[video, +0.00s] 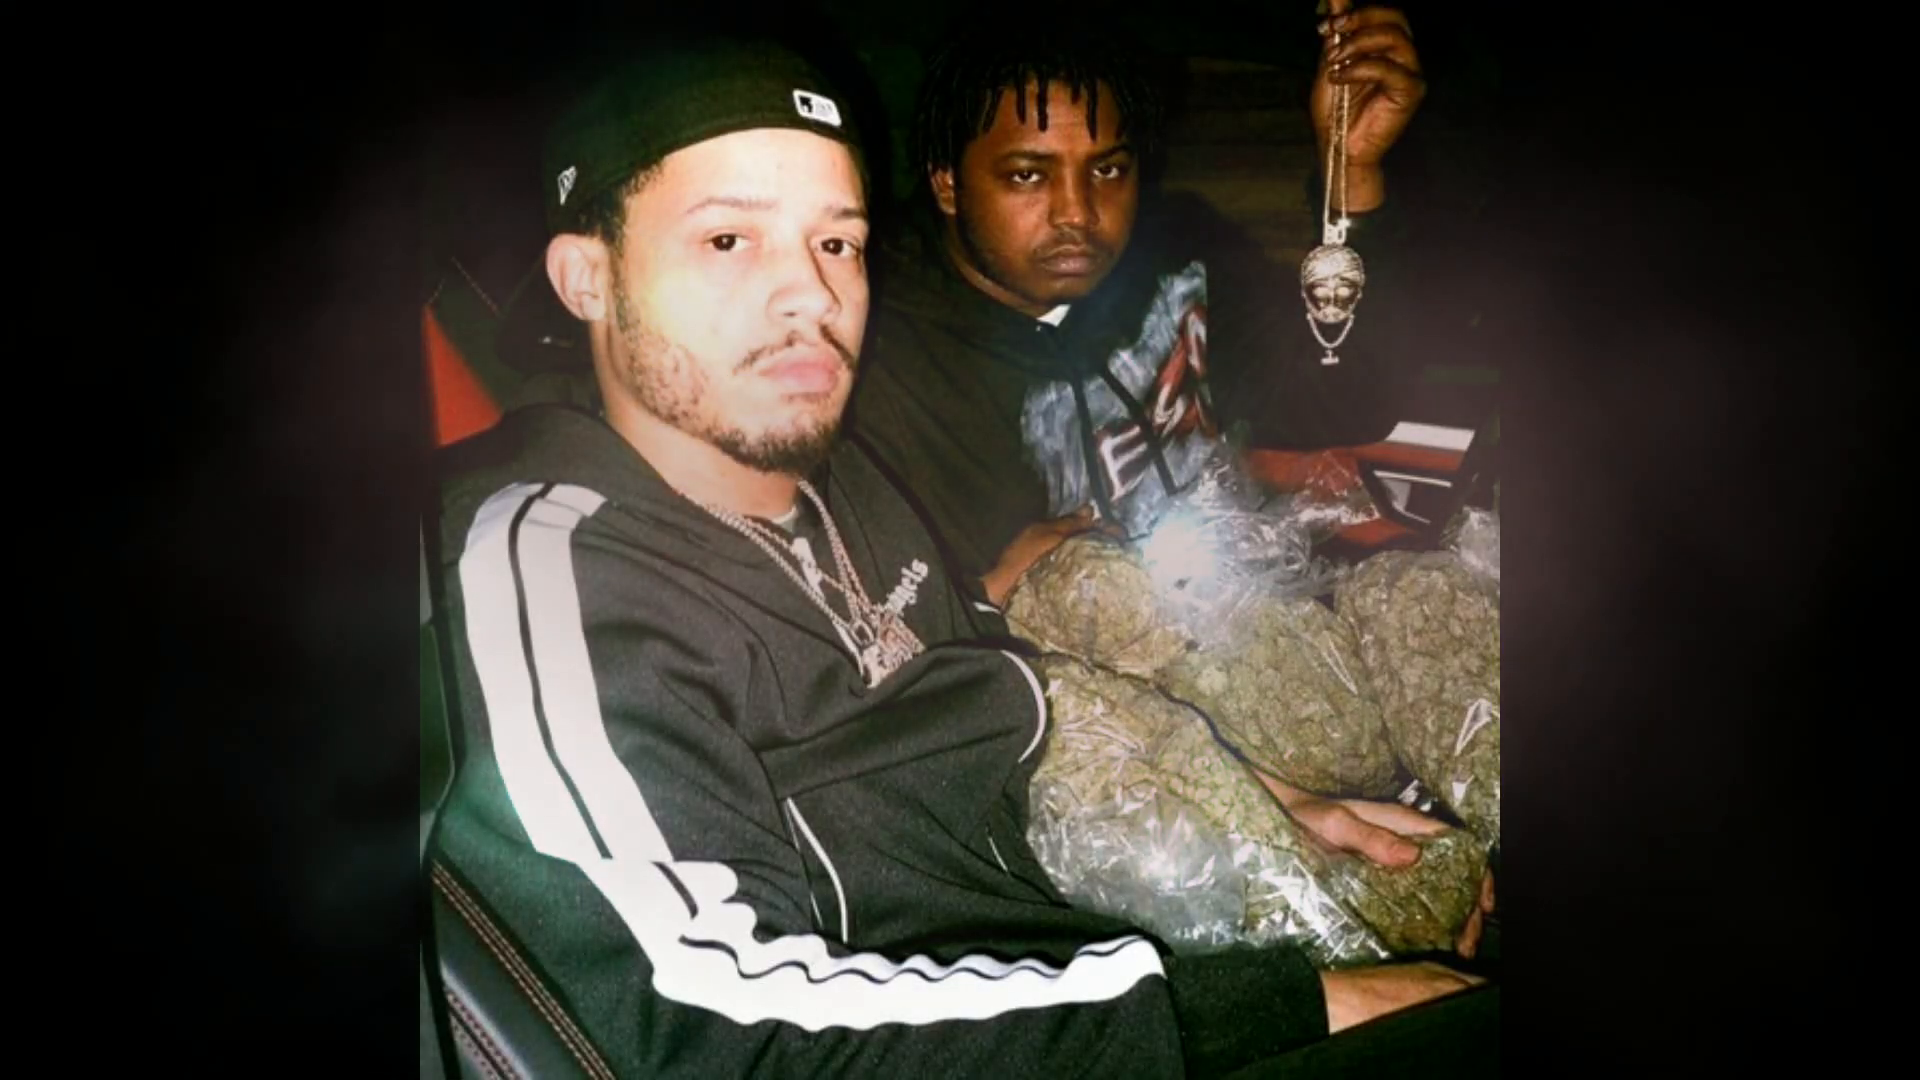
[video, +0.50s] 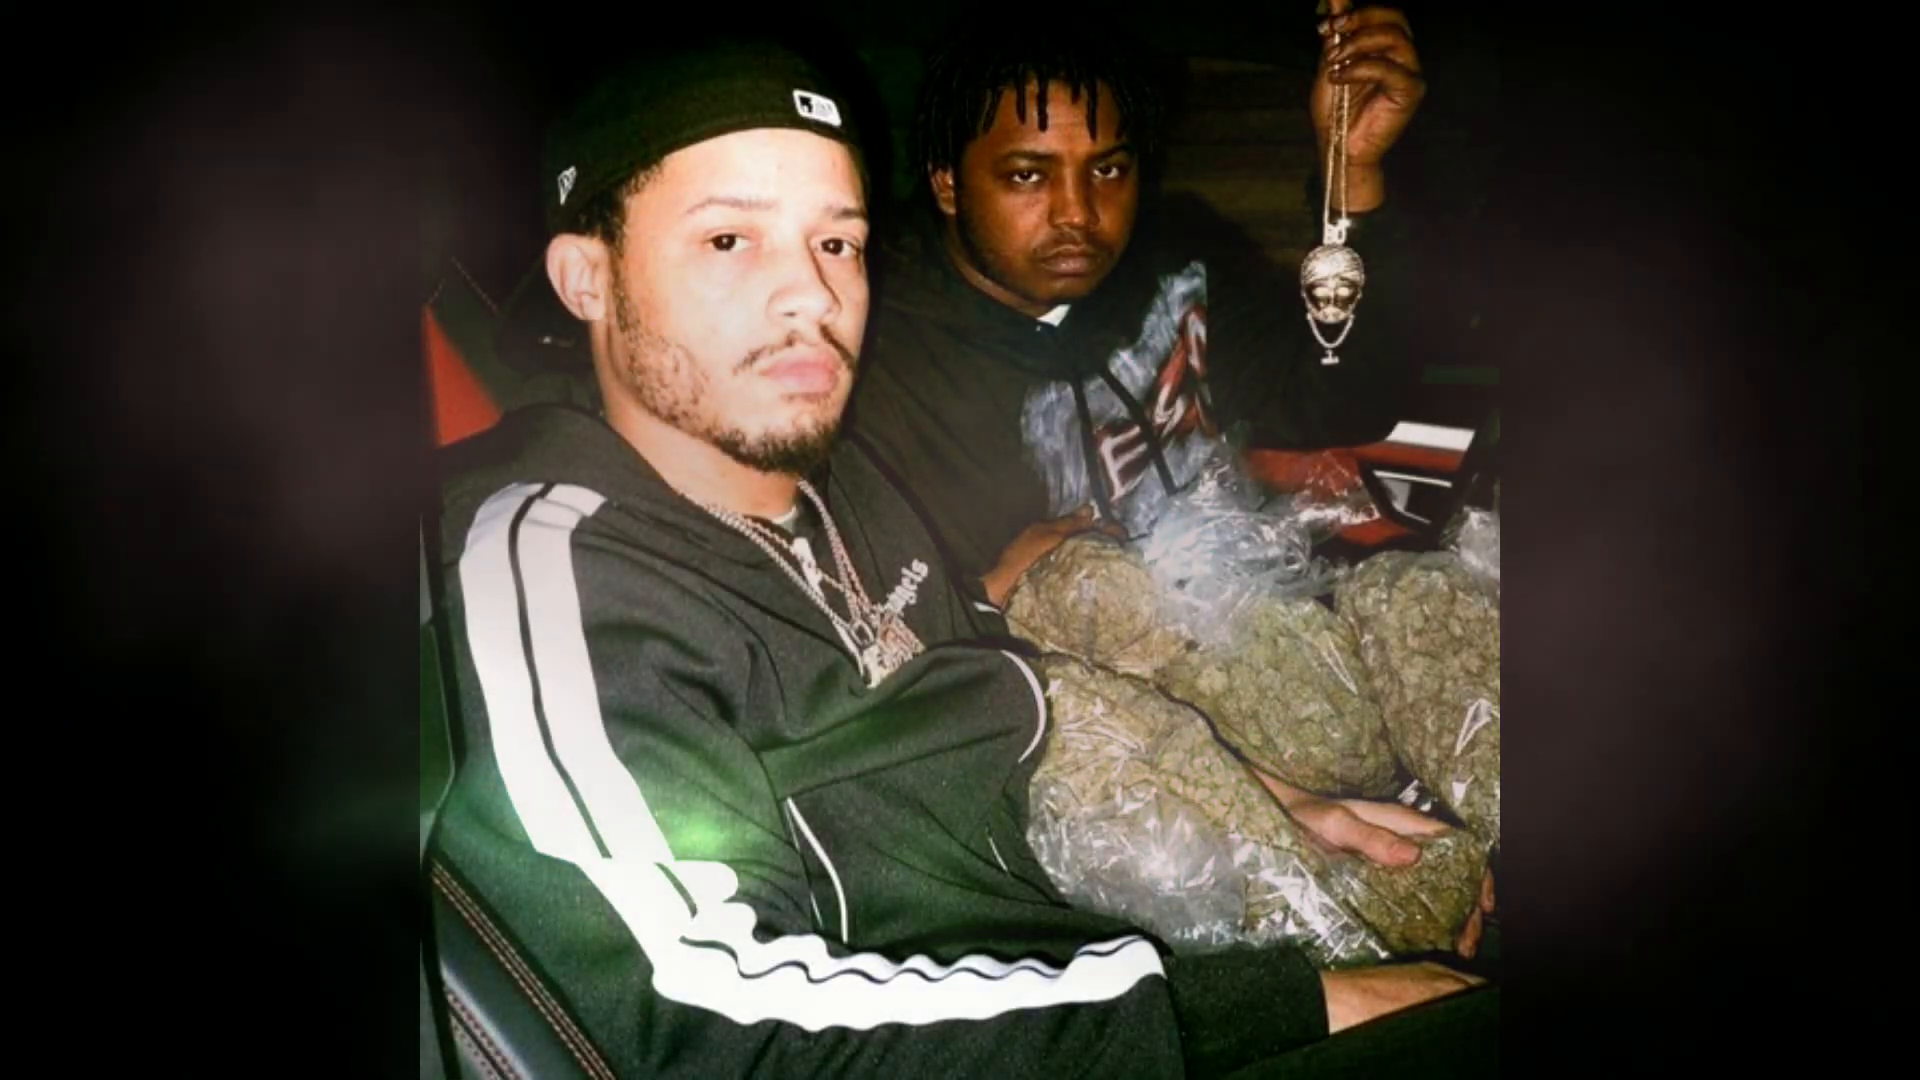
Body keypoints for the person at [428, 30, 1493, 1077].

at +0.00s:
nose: (812, 304)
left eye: (835, 248)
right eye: (730, 245)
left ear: (866, 267)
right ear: (587, 281)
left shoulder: (832, 482)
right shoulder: (534, 552)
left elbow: (1010, 752)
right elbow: (701, 1018)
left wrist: (1267, 821)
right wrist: (1278, 1009)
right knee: (1457, 1008)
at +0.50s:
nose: (811, 304)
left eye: (836, 249)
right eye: (729, 245)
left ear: (867, 268)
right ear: (588, 282)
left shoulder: (826, 490)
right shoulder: (536, 554)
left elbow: (1004, 757)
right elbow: (705, 1013)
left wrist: (1271, 826)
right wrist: (1278, 1005)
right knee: (1461, 1007)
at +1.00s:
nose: (810, 303)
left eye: (835, 249)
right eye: (728, 244)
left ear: (867, 269)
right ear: (587, 282)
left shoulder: (825, 483)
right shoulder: (535, 556)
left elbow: (1011, 753)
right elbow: (712, 1015)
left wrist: (1267, 821)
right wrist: (1280, 1006)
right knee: (1487, 1005)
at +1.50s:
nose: (812, 306)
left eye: (836, 249)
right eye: (728, 245)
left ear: (867, 267)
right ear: (587, 282)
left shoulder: (830, 483)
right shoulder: (536, 553)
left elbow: (1011, 746)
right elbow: (714, 1013)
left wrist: (1266, 825)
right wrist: (1277, 1006)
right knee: (1460, 1011)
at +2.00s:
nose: (812, 304)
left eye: (836, 249)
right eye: (729, 245)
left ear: (867, 269)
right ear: (589, 283)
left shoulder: (830, 480)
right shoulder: (533, 555)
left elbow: (1003, 744)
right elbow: (708, 1011)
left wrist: (1263, 832)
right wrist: (1277, 1006)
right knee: (1446, 1008)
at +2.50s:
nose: (813, 302)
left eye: (836, 250)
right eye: (729, 244)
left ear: (867, 271)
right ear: (588, 283)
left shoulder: (833, 475)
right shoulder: (533, 551)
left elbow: (1010, 743)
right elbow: (706, 1016)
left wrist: (1267, 828)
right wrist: (1275, 1008)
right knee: (1449, 1003)